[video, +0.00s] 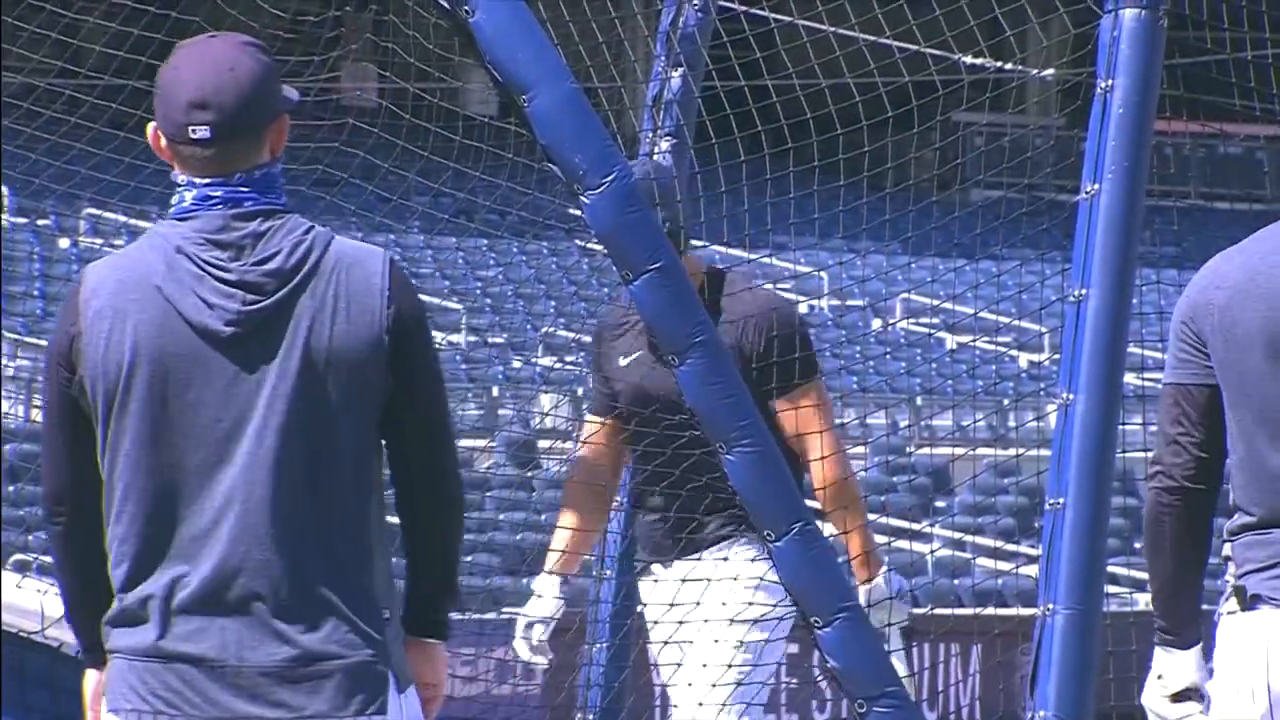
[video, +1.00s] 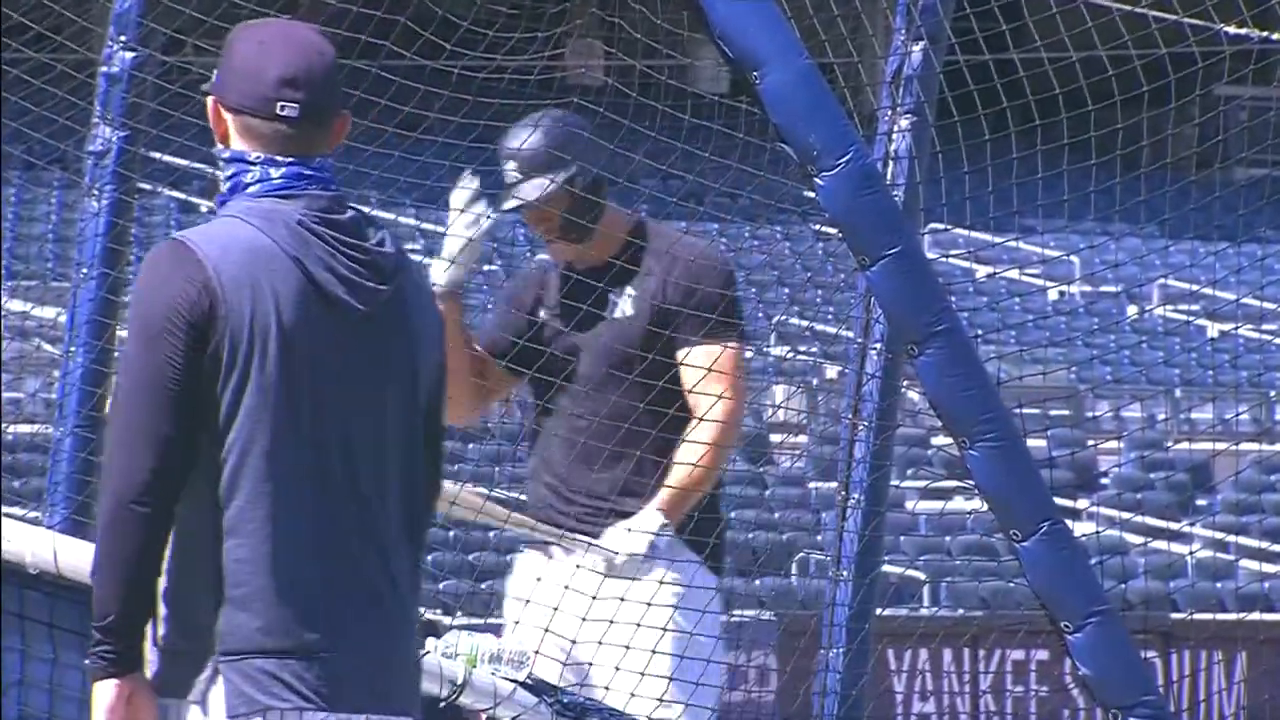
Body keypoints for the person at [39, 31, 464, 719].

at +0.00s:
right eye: (286, 115)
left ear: (158, 145)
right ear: (280, 135)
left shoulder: (100, 295)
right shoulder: (371, 283)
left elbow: (69, 503)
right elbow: (430, 479)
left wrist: (99, 650)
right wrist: (428, 629)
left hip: (159, 683)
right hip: (339, 680)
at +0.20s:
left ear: (178, 140)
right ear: (302, 131)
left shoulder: (120, 291)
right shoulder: (394, 279)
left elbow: (71, 500)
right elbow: (441, 481)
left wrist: (93, 650)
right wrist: (413, 625)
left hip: (184, 678)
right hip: (363, 681)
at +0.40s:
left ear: (290, 130)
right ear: (413, 125)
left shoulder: (237, 281)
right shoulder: (500, 271)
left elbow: (173, 490)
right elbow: (543, 466)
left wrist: (166, 648)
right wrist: (507, 592)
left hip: (306, 675)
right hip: (478, 676)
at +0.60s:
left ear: (290, 122)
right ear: (414, 128)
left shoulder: (247, 274)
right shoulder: (498, 278)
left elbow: (181, 486)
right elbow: (528, 482)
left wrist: (157, 653)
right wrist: (487, 595)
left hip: (315, 669)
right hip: (473, 666)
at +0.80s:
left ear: (259, 120)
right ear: (385, 129)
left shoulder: (225, 270)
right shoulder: (461, 278)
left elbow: (170, 483)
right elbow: (482, 484)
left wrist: (149, 660)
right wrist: (445, 625)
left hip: (286, 664)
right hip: (434, 664)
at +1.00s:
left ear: (216, 116)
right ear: (341, 132)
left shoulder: (192, 268)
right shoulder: (408, 282)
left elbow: (139, 485)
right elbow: (420, 484)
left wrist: (114, 663)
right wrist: (378, 619)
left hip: (243, 670)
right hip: (384, 669)